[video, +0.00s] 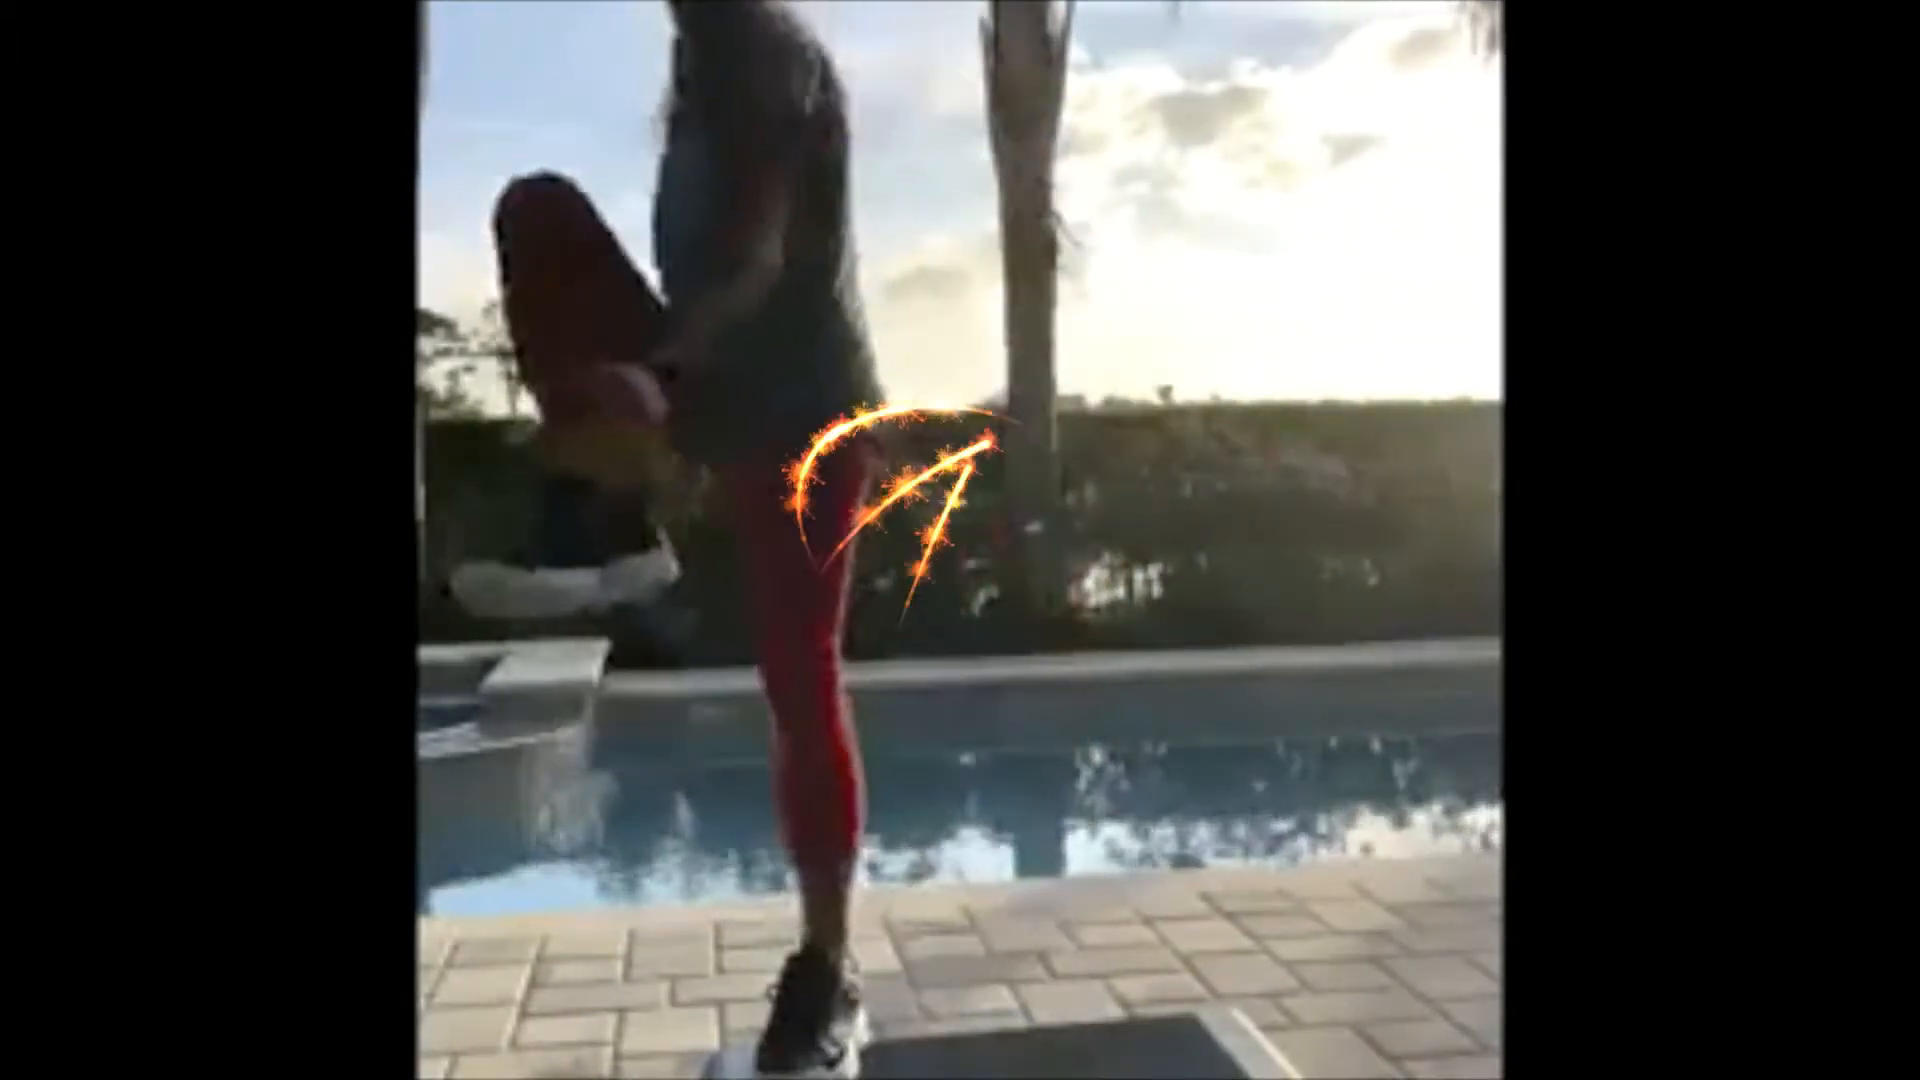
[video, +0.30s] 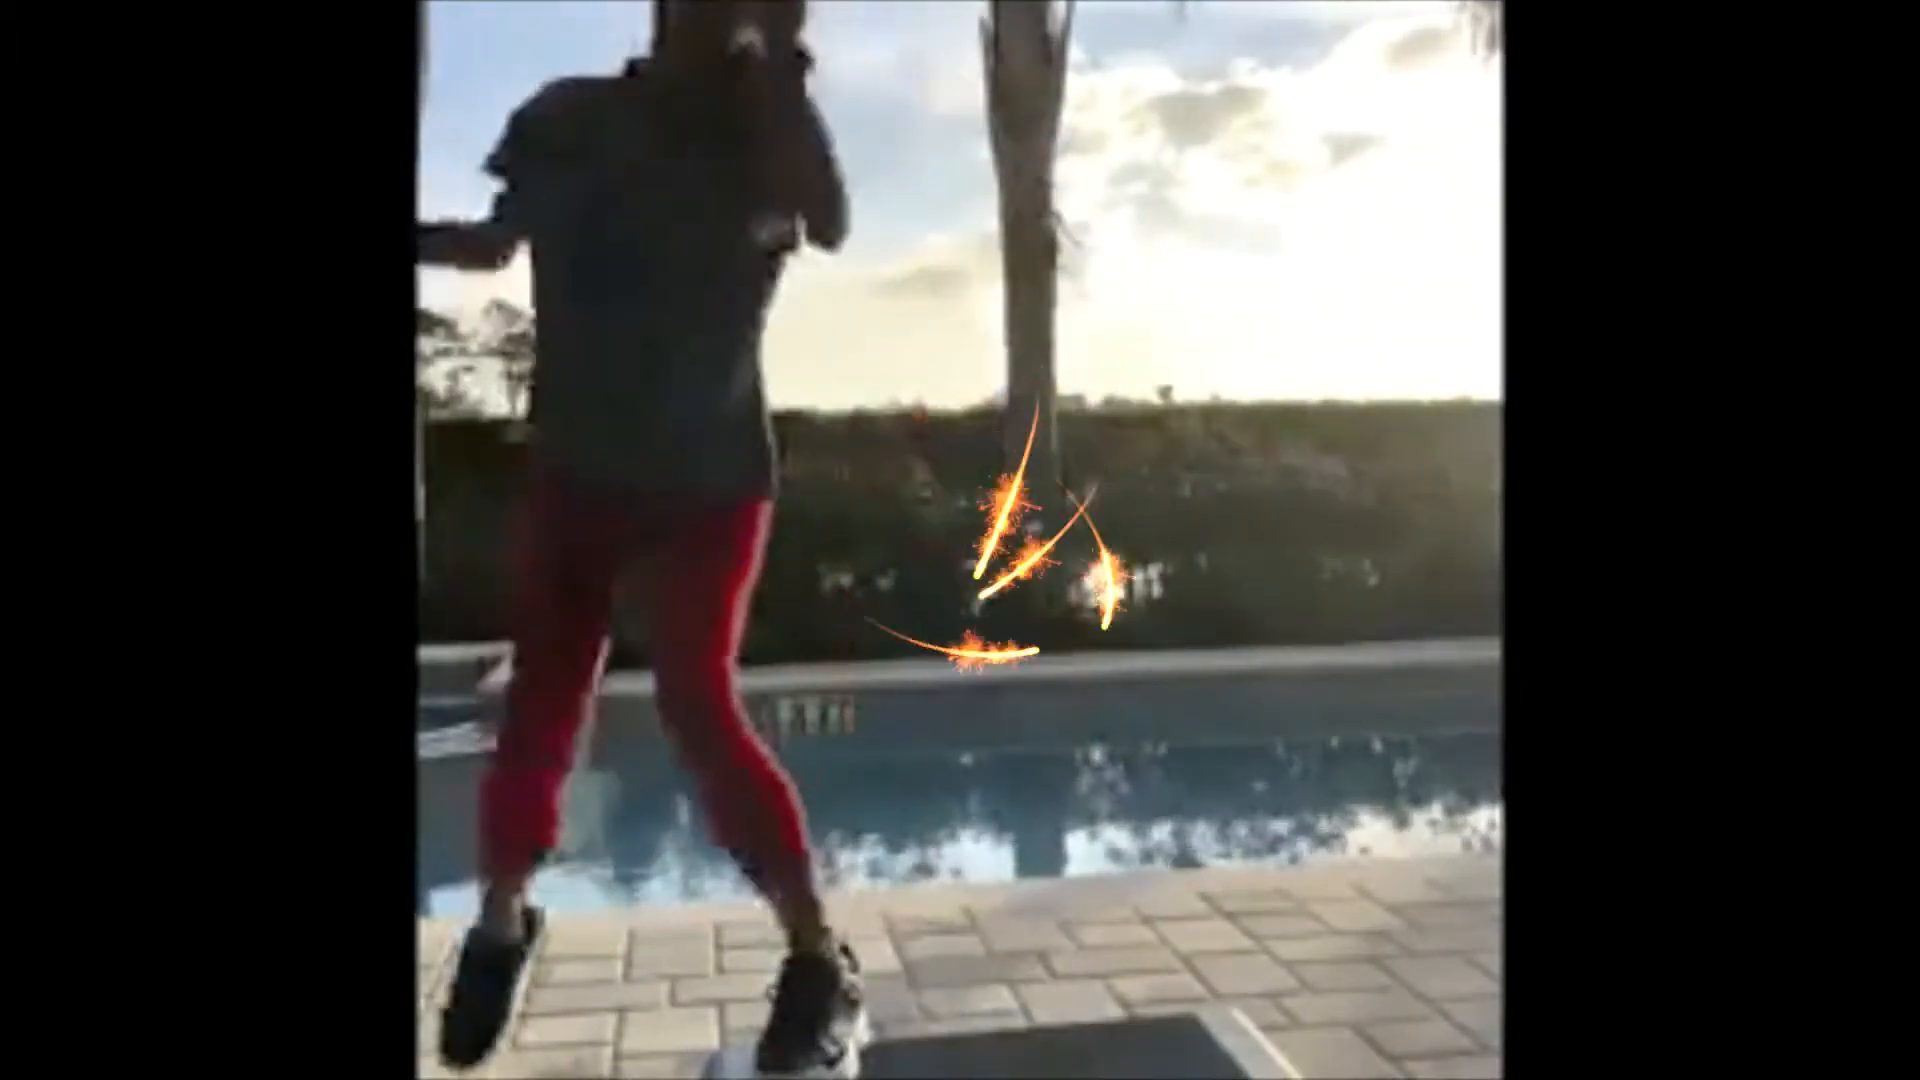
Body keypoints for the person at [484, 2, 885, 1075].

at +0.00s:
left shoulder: (767, 43)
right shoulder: (703, 66)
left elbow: (761, 253)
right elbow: (716, 261)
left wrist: (662, 360)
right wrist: (650, 357)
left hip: (799, 397)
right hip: (706, 380)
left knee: (800, 686)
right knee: (534, 208)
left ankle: (824, 972)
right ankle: (612, 528)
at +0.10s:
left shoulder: (763, 27)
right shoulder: (676, 50)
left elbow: (759, 238)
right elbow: (703, 261)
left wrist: (635, 280)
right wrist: (605, 306)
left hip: (779, 389)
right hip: (686, 378)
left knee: (787, 671)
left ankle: (825, 966)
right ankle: (579, 639)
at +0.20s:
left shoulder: (790, 57)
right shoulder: (621, 65)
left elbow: (791, 204)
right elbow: (614, 236)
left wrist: (687, 118)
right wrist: (466, 268)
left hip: (745, 396)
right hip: (624, 391)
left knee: (747, 679)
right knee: (500, 596)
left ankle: (822, 961)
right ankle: (548, 790)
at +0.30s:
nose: (710, 31)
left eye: (732, 20)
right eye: (697, 13)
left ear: (762, 30)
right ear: (662, 12)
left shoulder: (767, 120)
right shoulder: (570, 113)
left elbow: (826, 224)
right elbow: (492, 242)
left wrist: (777, 68)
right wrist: (416, 241)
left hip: (711, 464)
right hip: (575, 458)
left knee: (699, 705)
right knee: (540, 705)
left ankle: (816, 956)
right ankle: (500, 926)